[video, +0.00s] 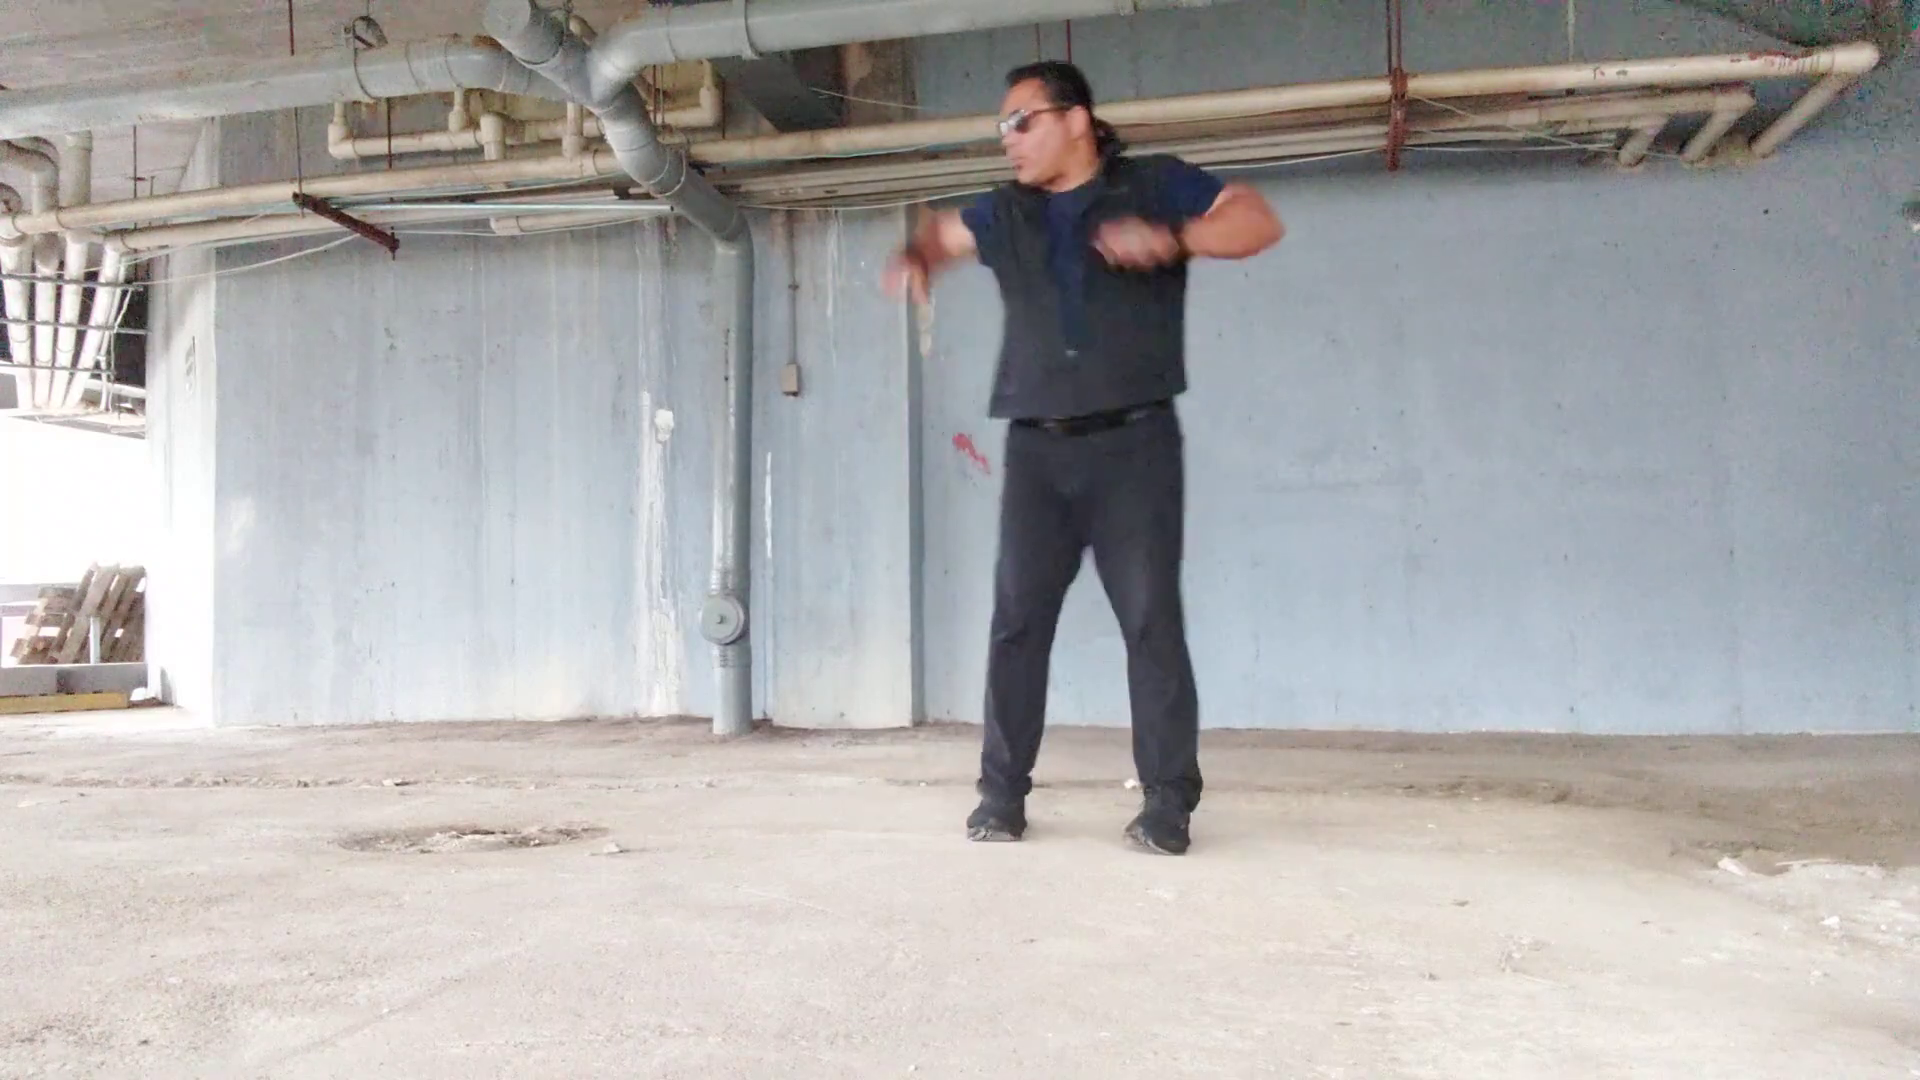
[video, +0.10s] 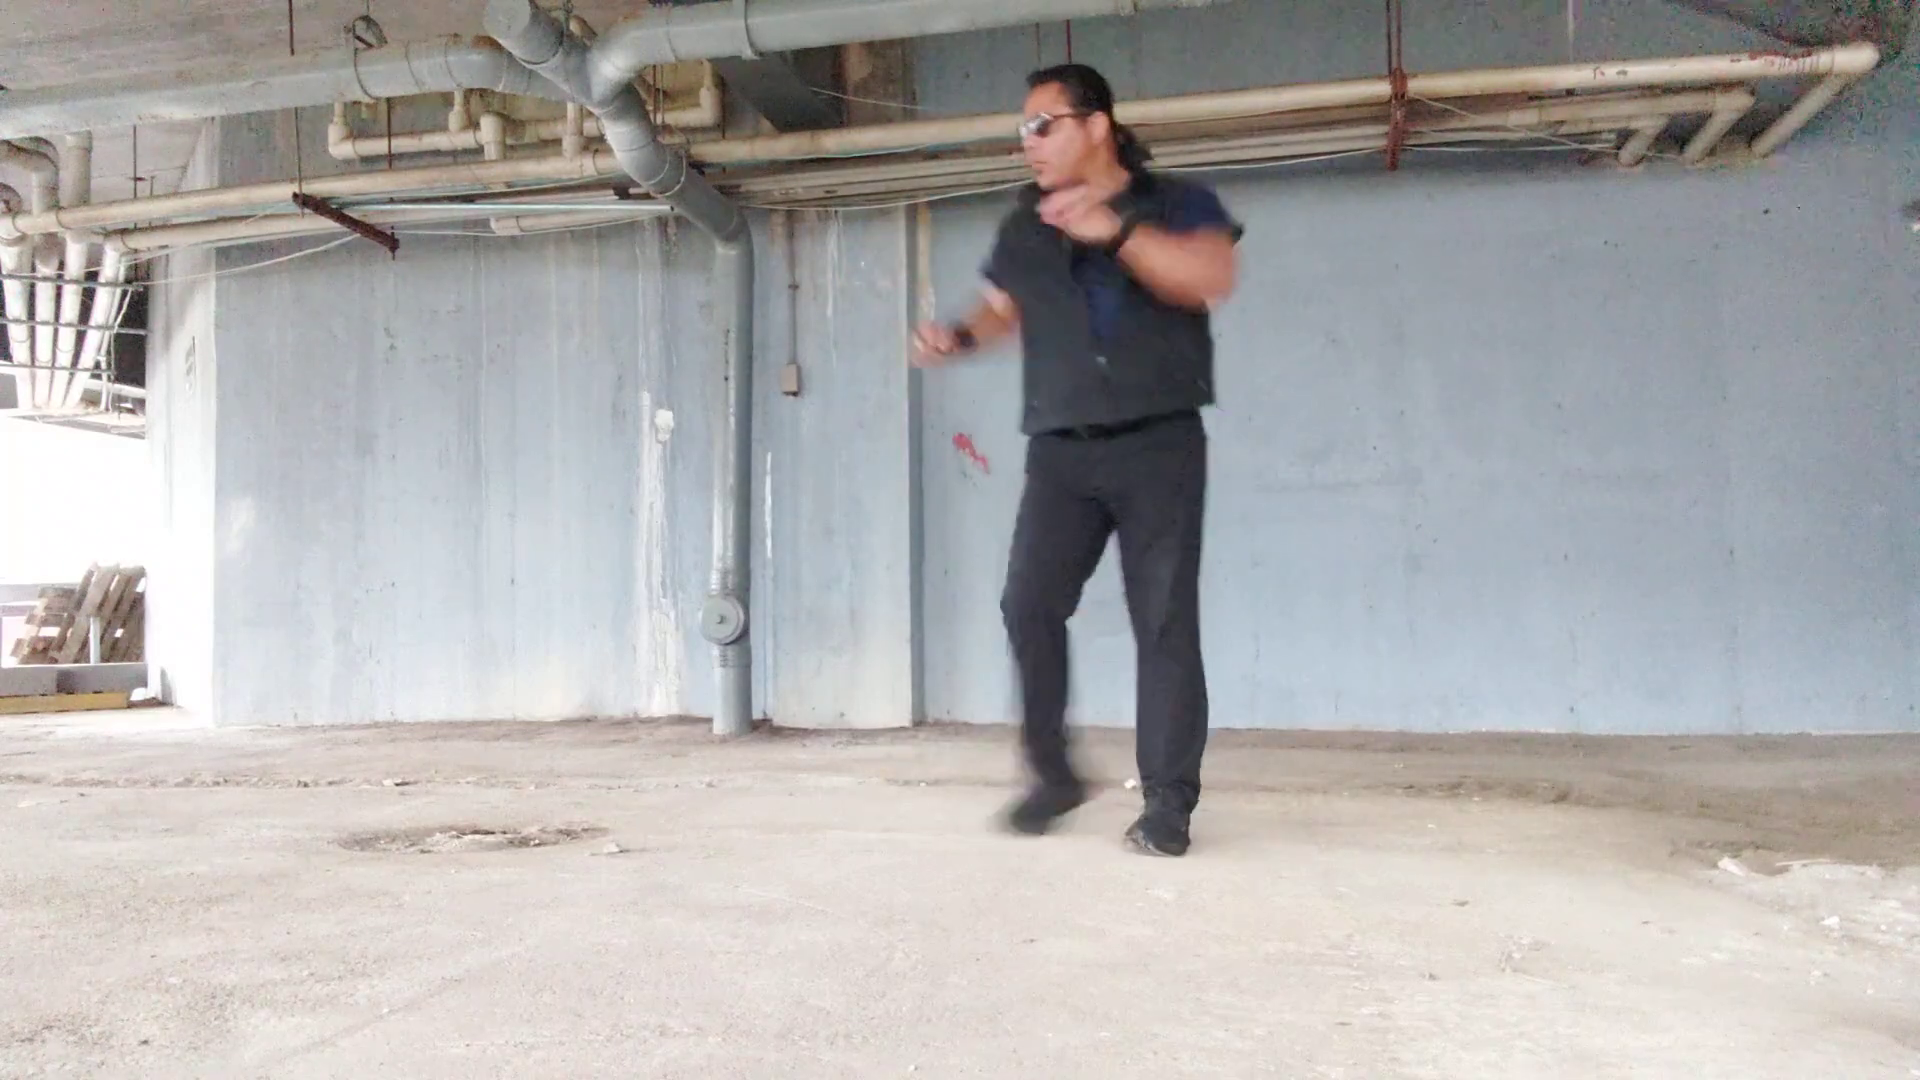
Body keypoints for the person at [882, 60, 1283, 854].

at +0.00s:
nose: (1009, 139)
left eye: (1023, 122)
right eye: (1004, 127)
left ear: (1079, 120)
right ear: (1016, 137)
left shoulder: (1152, 184)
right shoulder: (1007, 210)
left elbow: (1259, 223)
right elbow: (936, 237)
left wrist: (1169, 239)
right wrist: (915, 258)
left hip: (1134, 443)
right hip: (1037, 449)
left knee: (1151, 623)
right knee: (1017, 623)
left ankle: (1168, 800)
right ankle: (1002, 795)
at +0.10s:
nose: (1030, 145)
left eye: (1044, 128)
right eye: (1024, 132)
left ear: (1096, 128)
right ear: (1034, 141)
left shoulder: (1177, 204)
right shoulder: (1027, 225)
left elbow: (1211, 280)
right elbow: (1001, 316)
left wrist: (1114, 232)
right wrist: (956, 337)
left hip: (1159, 447)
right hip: (1061, 453)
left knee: (1164, 620)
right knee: (1029, 604)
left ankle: (1169, 802)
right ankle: (1053, 777)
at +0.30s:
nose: (1047, 148)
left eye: (1061, 132)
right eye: (1043, 136)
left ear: (1116, 131)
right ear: (1051, 146)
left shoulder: (1194, 211)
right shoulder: (1048, 217)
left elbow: (1278, 296)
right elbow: (974, 284)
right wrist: (1066, 238)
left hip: (1165, 438)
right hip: (1089, 446)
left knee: (1140, 611)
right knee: (1131, 616)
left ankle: (1167, 799)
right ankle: (1243, 765)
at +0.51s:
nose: (1063, 161)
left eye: (1079, 143)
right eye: (1055, 148)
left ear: (1130, 145)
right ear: (1052, 158)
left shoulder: (1193, 216)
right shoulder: (1056, 224)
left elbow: (1272, 288)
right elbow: (1006, 311)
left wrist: (1312, 315)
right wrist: (1097, 268)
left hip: (1161, 445)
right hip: (1087, 455)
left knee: (1124, 610)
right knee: (1089, 629)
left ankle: (1186, 790)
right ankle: (1220, 747)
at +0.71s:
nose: (1100, 139)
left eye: (1115, 122)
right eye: (1082, 126)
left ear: (1140, 134)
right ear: (1058, 141)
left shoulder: (1182, 216)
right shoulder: (1037, 219)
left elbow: (1169, 307)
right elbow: (989, 301)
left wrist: (1056, 272)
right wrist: (948, 350)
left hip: (1154, 454)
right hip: (1057, 457)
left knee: (1170, 625)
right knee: (994, 592)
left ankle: (1187, 802)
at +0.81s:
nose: (1066, 129)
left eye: (1082, 112)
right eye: (1048, 116)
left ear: (1110, 124)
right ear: (1029, 132)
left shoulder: (1156, 206)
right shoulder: (1010, 210)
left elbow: (1154, 310)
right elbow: (930, 227)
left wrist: (1042, 331)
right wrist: (910, 234)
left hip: (1139, 449)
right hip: (1042, 452)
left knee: (1172, 626)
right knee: (996, 617)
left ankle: (1190, 806)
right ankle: (943, 791)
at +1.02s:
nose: (999, 140)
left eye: (1016, 126)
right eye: (982, 127)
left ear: (1043, 138)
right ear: (961, 141)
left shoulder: (1081, 207)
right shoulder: (941, 203)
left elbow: (1175, 279)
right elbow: (911, 250)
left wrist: (1195, 332)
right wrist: (1019, 215)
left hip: (1053, 448)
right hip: (969, 453)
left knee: (1091, 610)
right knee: (966, 623)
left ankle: (1169, 787)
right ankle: (960, 801)